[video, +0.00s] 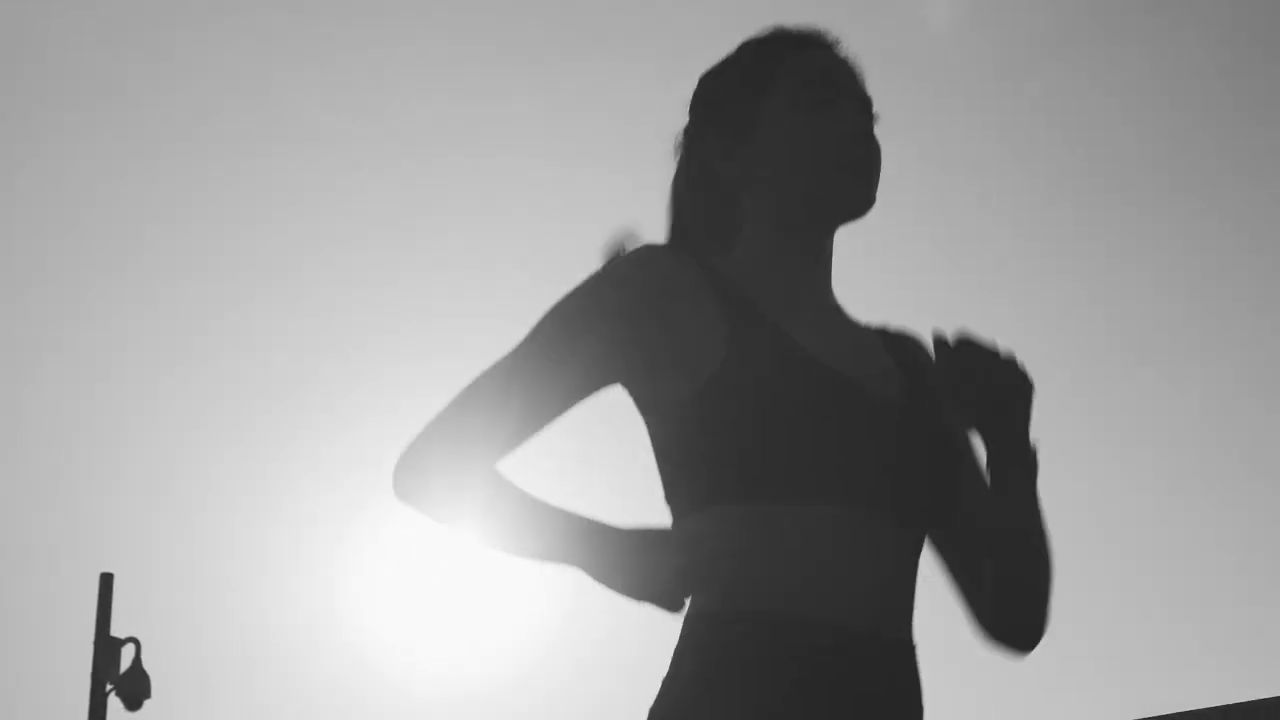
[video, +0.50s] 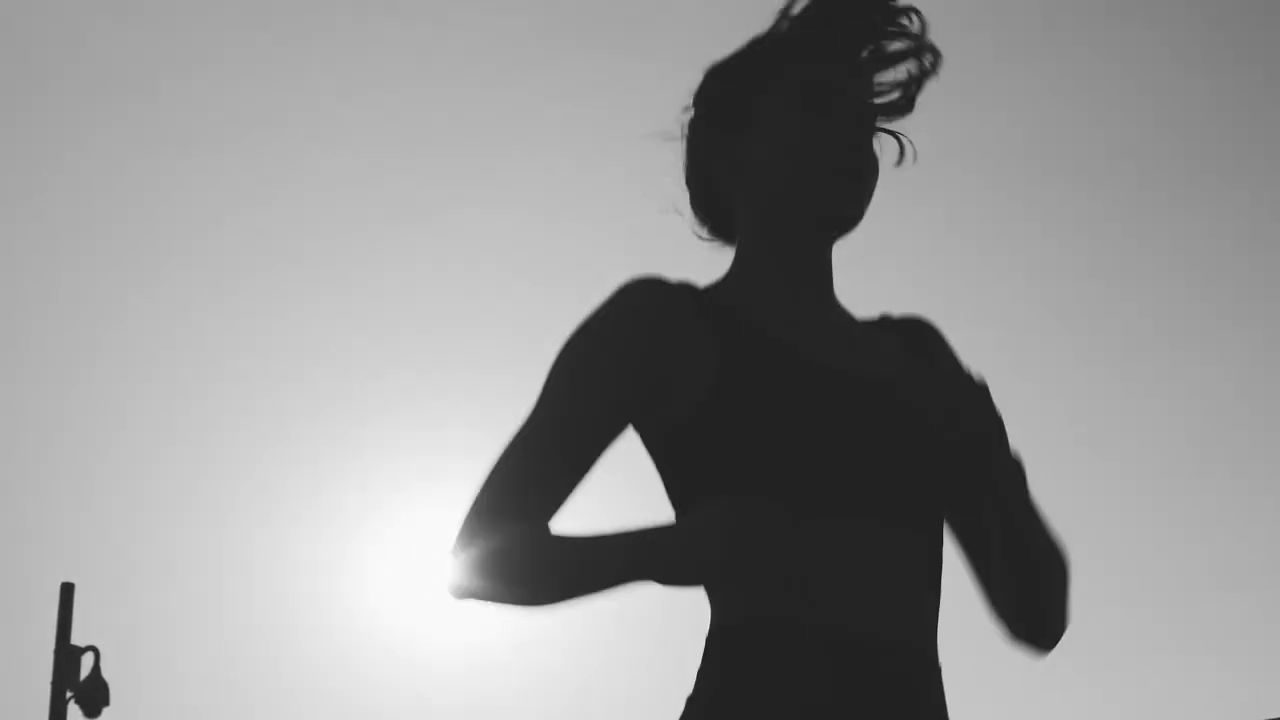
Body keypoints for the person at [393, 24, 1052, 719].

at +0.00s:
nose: (865, 129)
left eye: (866, 110)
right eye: (826, 102)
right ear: (741, 141)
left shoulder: (903, 367)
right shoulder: (660, 294)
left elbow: (1014, 619)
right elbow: (433, 469)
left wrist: (1010, 450)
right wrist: (620, 553)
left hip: (880, 694)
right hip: (731, 685)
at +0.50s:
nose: (852, 152)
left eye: (861, 131)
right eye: (815, 123)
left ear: (873, 163)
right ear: (731, 158)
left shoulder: (913, 357)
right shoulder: (659, 327)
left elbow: (1040, 620)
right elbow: (484, 559)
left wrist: (972, 437)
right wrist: (671, 552)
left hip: (905, 700)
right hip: (748, 696)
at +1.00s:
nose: (852, 187)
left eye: (858, 167)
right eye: (818, 164)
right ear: (736, 186)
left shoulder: (814, 381)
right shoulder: (683, 326)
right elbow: (706, 561)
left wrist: (891, 637)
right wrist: (920, 448)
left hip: (857, 700)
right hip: (745, 696)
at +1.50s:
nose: (814, 234)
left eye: (812, 210)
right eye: (786, 206)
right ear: (701, 232)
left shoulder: (753, 408)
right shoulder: (651, 374)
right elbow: (571, 603)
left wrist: (868, 688)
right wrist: (834, 596)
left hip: (803, 709)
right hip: (711, 705)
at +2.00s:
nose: (722, 251)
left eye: (728, 228)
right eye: (686, 224)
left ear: (737, 252)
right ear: (606, 244)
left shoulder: (770, 460)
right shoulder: (516, 409)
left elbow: (884, 699)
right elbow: (325, 598)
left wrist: (829, 547)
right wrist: (482, 656)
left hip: (728, 714)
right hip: (592, 713)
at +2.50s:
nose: (615, 270)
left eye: (627, 249)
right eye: (581, 240)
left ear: (635, 280)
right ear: (503, 269)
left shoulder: (664, 459)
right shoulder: (417, 438)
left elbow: (728, 709)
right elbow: (262, 680)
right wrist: (449, 662)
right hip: (499, 713)